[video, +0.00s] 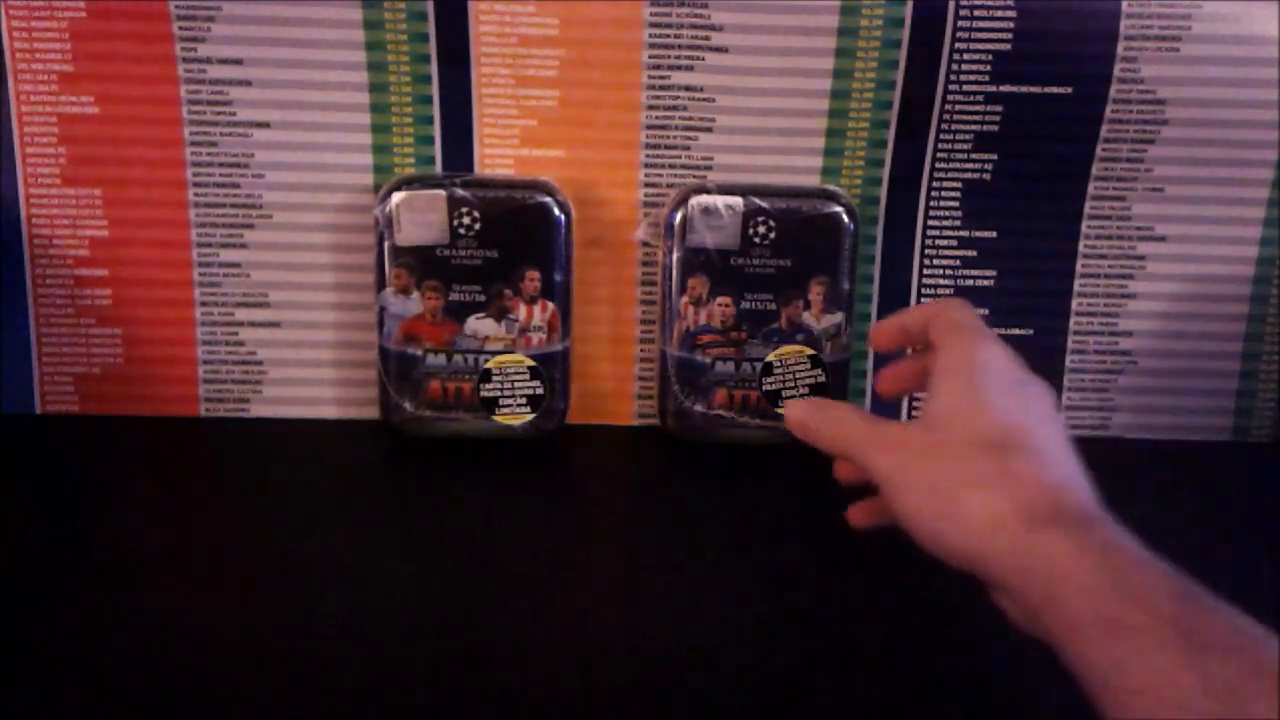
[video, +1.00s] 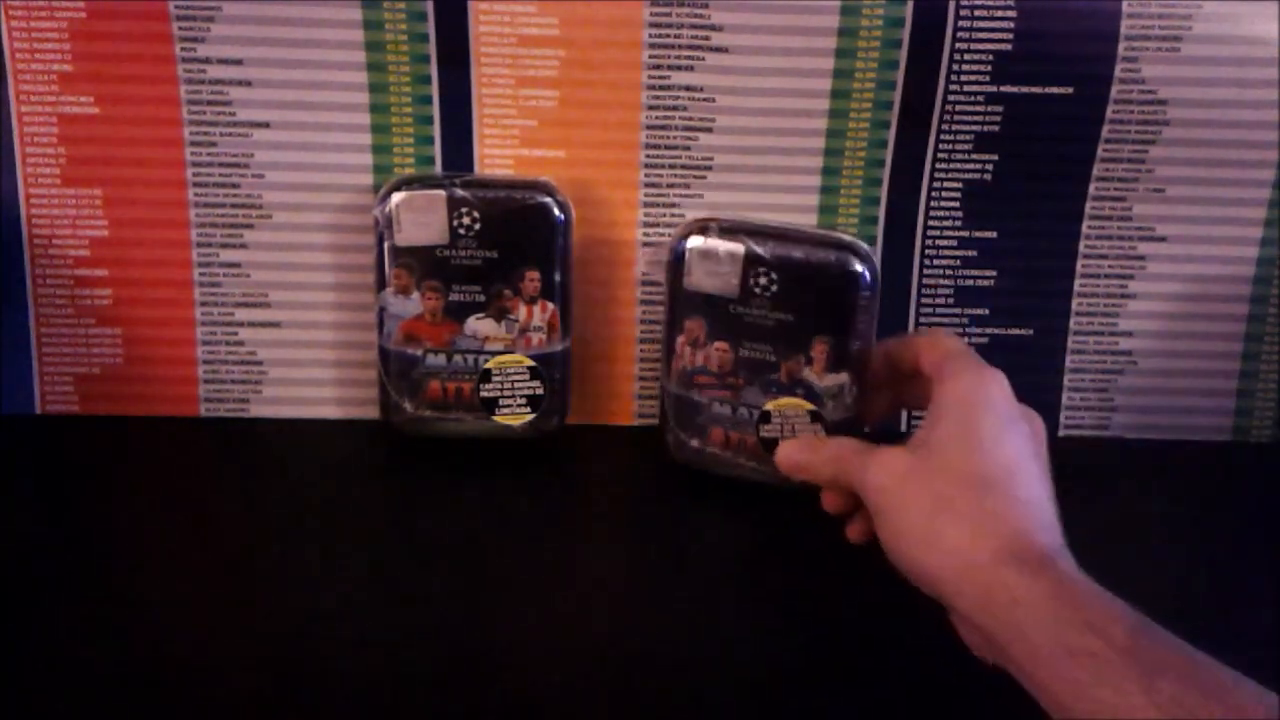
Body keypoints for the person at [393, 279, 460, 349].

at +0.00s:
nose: (433, 303)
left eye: (437, 299)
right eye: (429, 298)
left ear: (444, 301)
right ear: (422, 301)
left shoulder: (454, 328)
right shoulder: (409, 325)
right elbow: (395, 346)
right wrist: (420, 346)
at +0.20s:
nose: (433, 303)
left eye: (437, 299)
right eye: (429, 298)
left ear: (444, 301)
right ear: (422, 300)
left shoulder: (454, 328)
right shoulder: (409, 325)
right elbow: (395, 347)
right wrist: (421, 347)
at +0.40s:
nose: (433, 303)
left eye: (437, 298)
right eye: (429, 298)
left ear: (444, 301)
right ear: (422, 301)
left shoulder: (454, 328)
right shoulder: (408, 326)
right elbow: (396, 347)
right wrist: (421, 347)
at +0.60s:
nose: (433, 303)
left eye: (437, 299)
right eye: (429, 299)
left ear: (444, 302)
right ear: (422, 301)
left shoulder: (454, 328)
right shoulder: (408, 326)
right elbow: (395, 348)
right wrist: (421, 347)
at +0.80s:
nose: (433, 303)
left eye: (437, 299)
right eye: (429, 299)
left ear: (444, 302)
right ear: (422, 301)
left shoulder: (454, 328)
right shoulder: (408, 326)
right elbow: (396, 348)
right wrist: (421, 346)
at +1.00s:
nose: (433, 303)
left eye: (437, 299)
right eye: (429, 299)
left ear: (443, 302)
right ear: (422, 301)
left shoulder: (454, 328)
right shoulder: (408, 326)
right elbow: (396, 348)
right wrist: (421, 346)